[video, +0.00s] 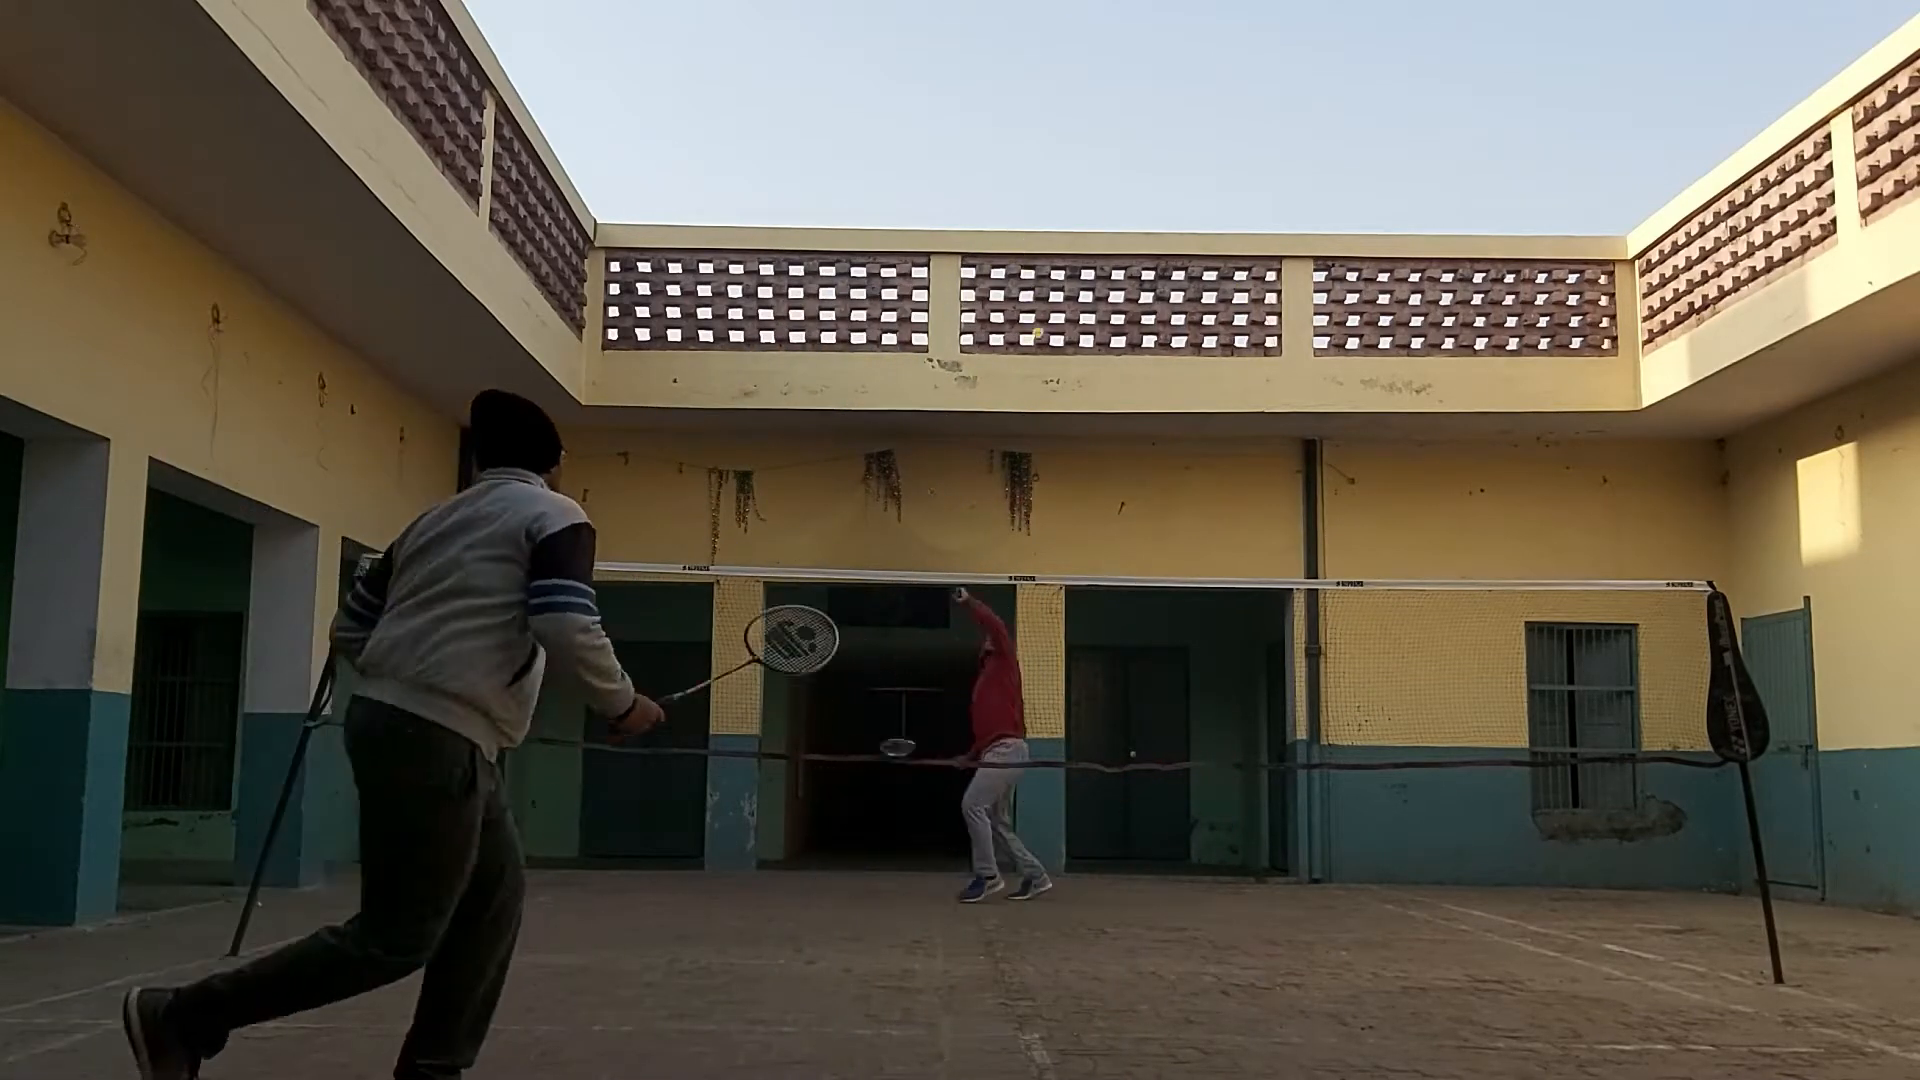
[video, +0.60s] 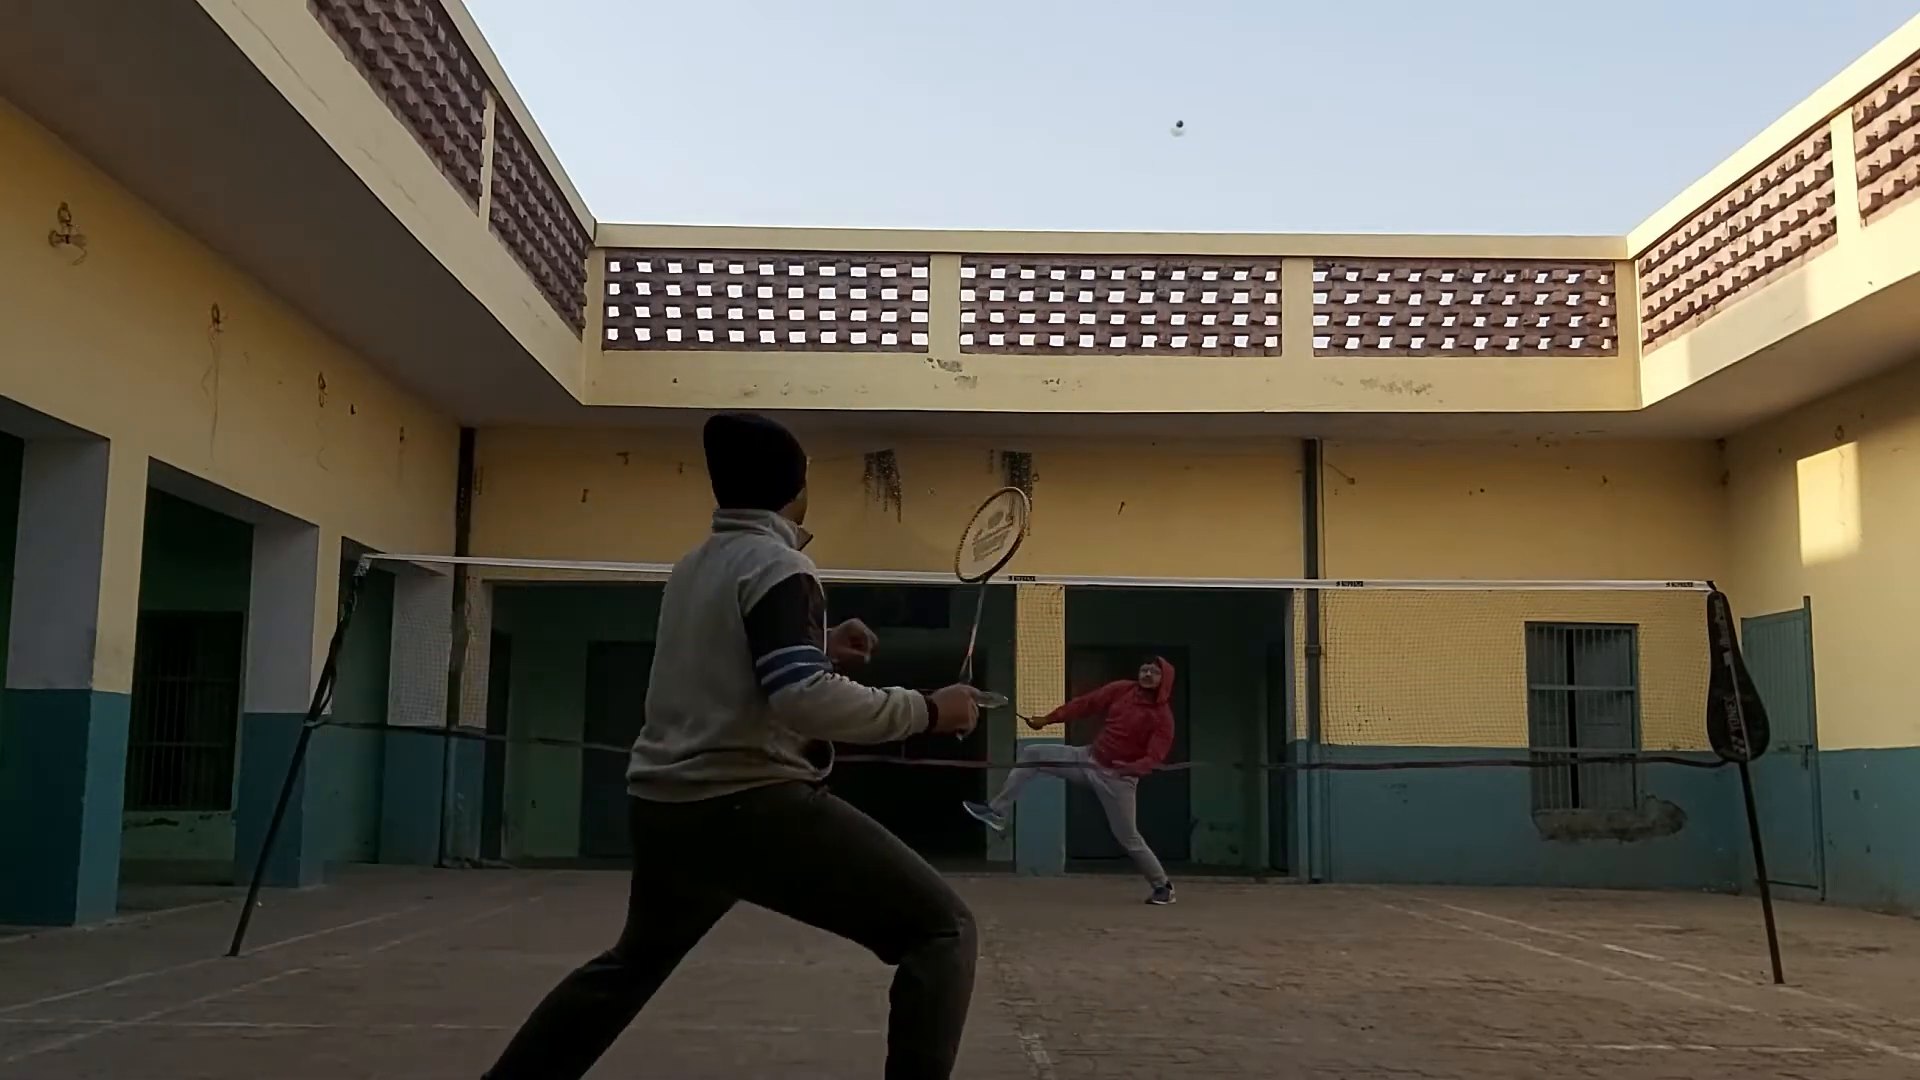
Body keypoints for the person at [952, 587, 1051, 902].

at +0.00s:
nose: (986, 641)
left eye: (990, 637)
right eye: (984, 638)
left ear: (998, 642)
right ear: (982, 645)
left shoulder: (1004, 660)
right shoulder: (987, 674)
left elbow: (997, 626)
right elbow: (990, 721)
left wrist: (970, 602)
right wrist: (972, 755)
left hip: (1008, 748)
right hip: (996, 751)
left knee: (974, 806)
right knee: (996, 821)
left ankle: (988, 875)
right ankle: (1035, 875)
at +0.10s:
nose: (1018, 636)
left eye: (1022, 632)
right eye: (1018, 632)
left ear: (1030, 637)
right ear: (1017, 640)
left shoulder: (1034, 659)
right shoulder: (1016, 670)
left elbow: (1028, 624)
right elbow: (1012, 709)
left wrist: (1016, 592)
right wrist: (993, 708)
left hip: (1026, 741)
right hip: (1015, 742)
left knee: (993, 796)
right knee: (1012, 808)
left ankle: (1038, 848)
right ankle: (1033, 878)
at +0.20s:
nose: (1063, 639)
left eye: (1067, 637)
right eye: (1062, 637)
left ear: (1077, 644)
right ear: (1061, 644)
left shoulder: (1075, 660)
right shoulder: (1044, 669)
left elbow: (1058, 646)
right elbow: (1016, 683)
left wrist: (1038, 628)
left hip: (1039, 733)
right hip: (1019, 733)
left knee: (1028, 795)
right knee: (1020, 806)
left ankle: (1080, 812)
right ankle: (1033, 873)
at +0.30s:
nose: (1096, 641)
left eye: (1103, 639)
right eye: (1097, 638)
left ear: (1111, 647)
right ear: (1096, 646)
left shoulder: (1107, 673)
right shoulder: (1080, 658)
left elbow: (1075, 683)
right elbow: (1053, 637)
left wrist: (1051, 661)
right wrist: (1035, 605)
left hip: (1061, 737)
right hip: (1039, 733)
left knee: (1069, 803)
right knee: (1012, 794)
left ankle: (1124, 826)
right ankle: (1018, 866)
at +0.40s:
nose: (1122, 648)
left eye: (1129, 648)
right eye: (1124, 645)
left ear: (1137, 659)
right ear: (1124, 653)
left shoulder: (1130, 693)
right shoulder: (1104, 666)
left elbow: (1086, 710)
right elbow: (1076, 651)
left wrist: (1079, 682)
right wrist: (1042, 634)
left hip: (1093, 763)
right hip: (1065, 752)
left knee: (1109, 827)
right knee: (1016, 781)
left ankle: (1153, 878)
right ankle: (980, 843)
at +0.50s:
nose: (1138, 669)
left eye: (1144, 667)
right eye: (1136, 665)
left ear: (1154, 678)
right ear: (1131, 671)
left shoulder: (1152, 715)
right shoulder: (1114, 688)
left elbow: (1129, 751)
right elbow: (1075, 686)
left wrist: (1101, 723)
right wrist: (1034, 686)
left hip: (1115, 780)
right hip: (1084, 768)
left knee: (1128, 840)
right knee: (1027, 773)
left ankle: (1164, 885)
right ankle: (973, 809)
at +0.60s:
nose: (1147, 673)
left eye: (1154, 670)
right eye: (1146, 668)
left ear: (1164, 680)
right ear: (1140, 672)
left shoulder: (1162, 718)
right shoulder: (1122, 690)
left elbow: (1153, 759)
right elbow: (1085, 704)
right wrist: (1046, 719)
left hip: (1118, 779)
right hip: (1089, 759)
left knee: (1129, 839)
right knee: (1033, 755)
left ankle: (1162, 887)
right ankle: (995, 811)